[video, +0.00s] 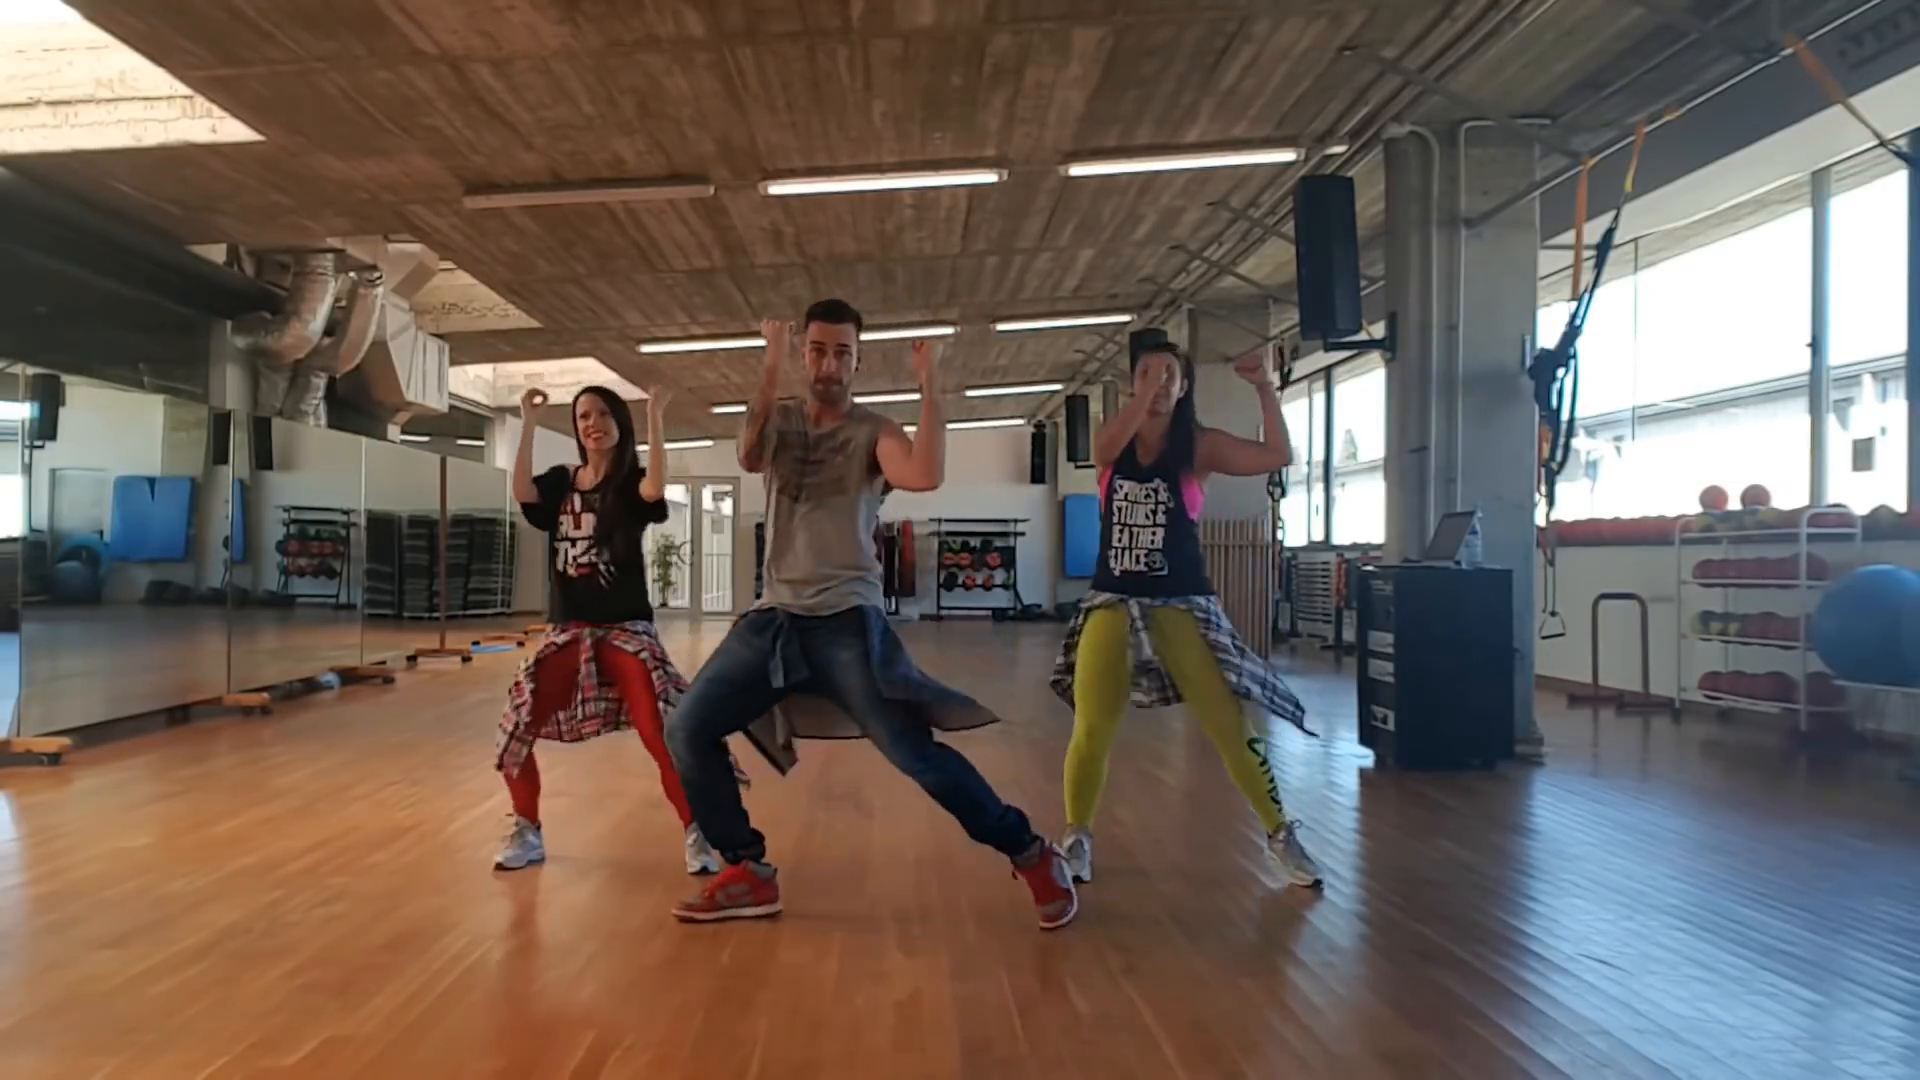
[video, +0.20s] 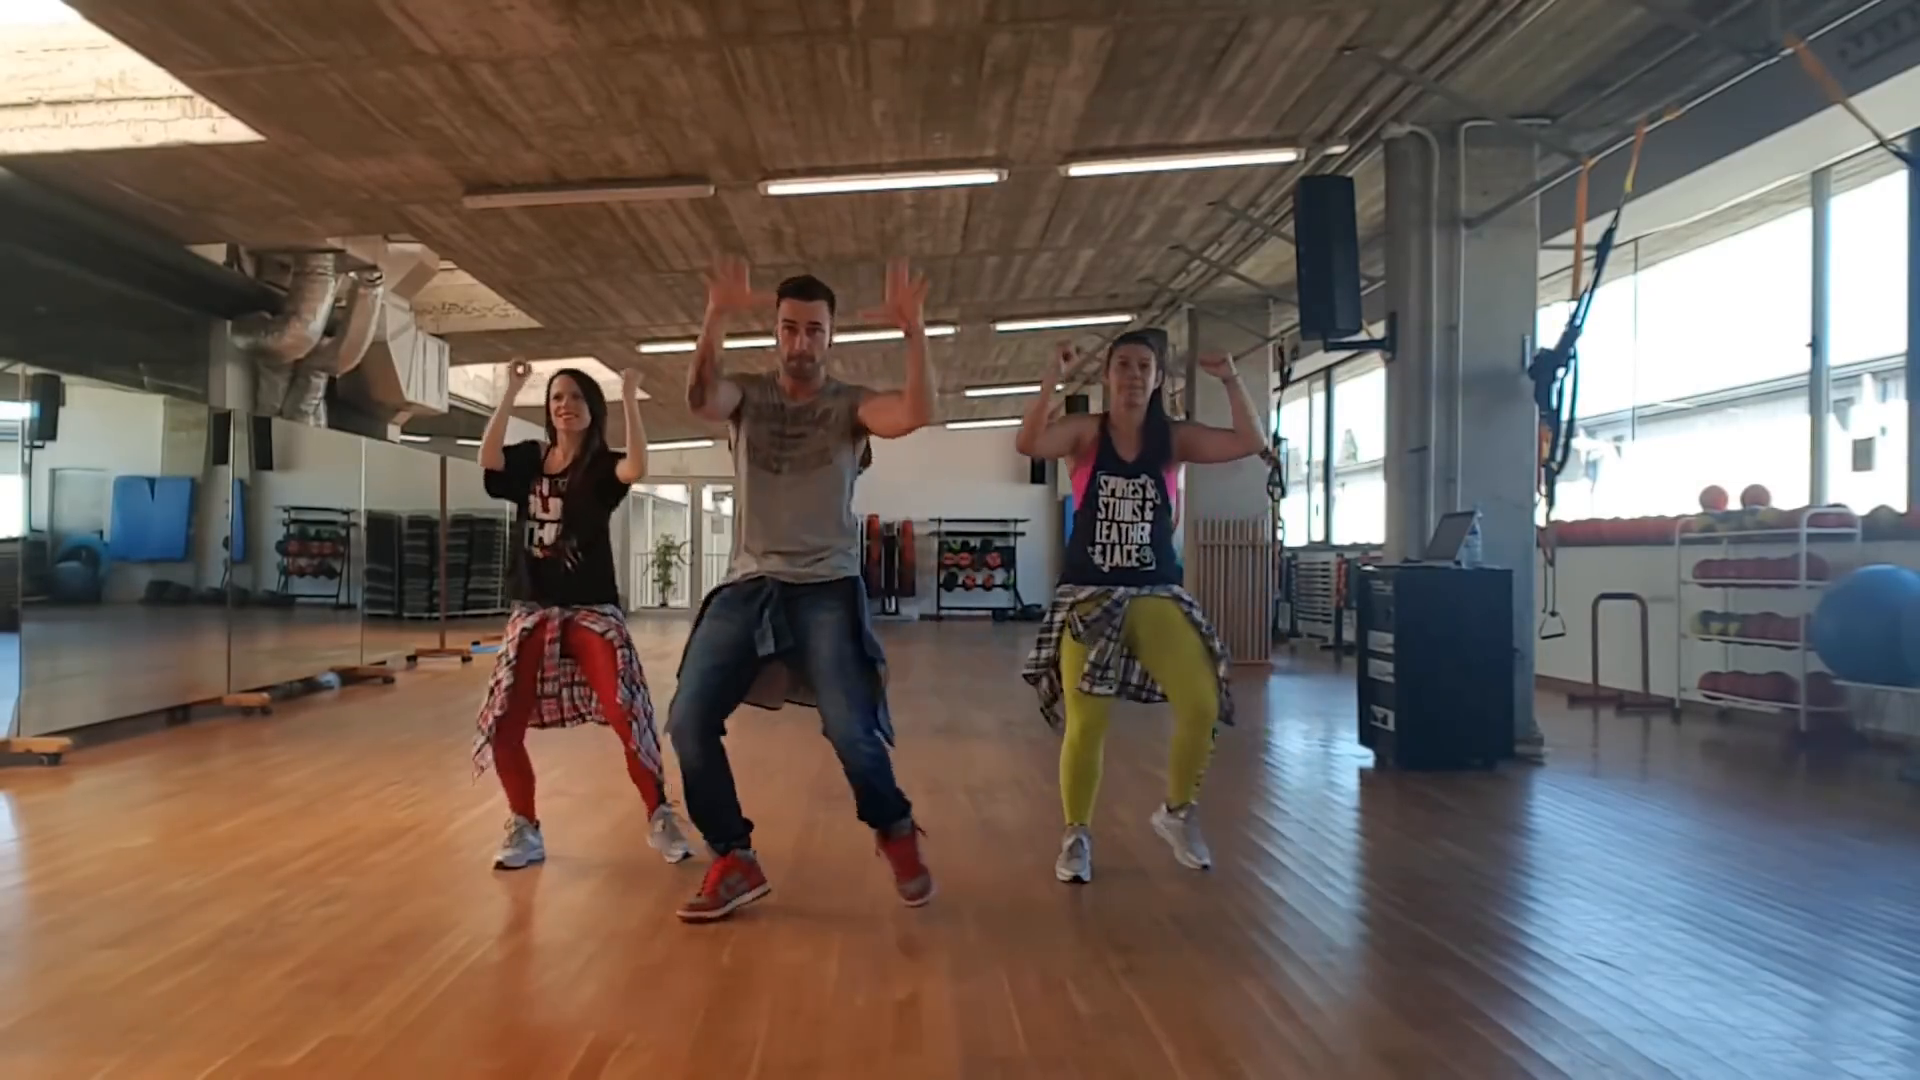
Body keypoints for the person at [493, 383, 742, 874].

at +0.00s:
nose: (592, 423)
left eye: (600, 415)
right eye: (584, 417)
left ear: (620, 423)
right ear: (574, 428)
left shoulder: (631, 481)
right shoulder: (563, 480)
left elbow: (654, 491)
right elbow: (521, 491)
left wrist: (653, 417)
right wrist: (529, 425)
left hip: (626, 628)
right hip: (569, 629)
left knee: (656, 729)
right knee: (516, 720)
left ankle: (696, 831)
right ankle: (527, 832)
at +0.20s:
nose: (565, 404)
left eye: (575, 397)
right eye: (558, 397)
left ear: (594, 409)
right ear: (547, 410)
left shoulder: (603, 463)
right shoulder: (532, 458)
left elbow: (636, 468)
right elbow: (489, 461)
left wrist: (630, 398)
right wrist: (509, 393)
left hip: (591, 606)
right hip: (532, 606)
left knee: (623, 708)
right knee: (503, 725)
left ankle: (661, 818)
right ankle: (525, 829)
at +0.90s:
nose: (607, 420)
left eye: (615, 412)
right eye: (597, 413)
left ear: (631, 422)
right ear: (585, 425)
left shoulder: (645, 479)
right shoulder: (569, 480)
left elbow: (666, 465)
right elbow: (525, 476)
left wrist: (647, 402)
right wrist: (544, 405)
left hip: (651, 626)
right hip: (595, 631)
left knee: (703, 722)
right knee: (559, 732)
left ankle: (681, 837)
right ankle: (490, 817)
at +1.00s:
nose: (623, 416)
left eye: (631, 409)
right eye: (613, 411)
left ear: (648, 420)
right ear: (604, 425)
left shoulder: (664, 473)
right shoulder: (591, 477)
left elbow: (688, 459)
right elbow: (546, 470)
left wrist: (662, 396)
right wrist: (563, 402)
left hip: (678, 618)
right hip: (621, 624)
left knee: (716, 725)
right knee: (591, 733)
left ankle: (682, 831)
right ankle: (515, 806)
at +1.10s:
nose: (633, 402)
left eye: (642, 395)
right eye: (624, 397)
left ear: (660, 407)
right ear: (615, 412)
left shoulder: (679, 460)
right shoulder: (603, 468)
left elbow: (705, 442)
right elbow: (547, 449)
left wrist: (677, 388)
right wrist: (567, 385)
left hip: (692, 607)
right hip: (634, 610)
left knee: (712, 721)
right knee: (611, 714)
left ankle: (683, 828)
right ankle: (593, 788)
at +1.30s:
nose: (651, 415)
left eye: (659, 407)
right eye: (642, 408)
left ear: (673, 416)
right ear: (631, 421)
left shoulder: (692, 470)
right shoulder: (616, 479)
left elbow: (699, 477)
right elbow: (570, 474)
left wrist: (679, 403)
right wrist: (580, 404)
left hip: (703, 609)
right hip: (647, 614)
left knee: (713, 712)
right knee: (664, 709)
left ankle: (711, 823)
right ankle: (669, 807)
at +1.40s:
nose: (648, 420)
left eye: (656, 412)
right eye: (639, 414)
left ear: (671, 422)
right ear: (629, 427)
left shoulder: (691, 473)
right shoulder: (619, 483)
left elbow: (694, 478)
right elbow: (571, 476)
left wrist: (677, 408)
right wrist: (586, 410)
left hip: (699, 614)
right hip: (644, 620)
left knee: (711, 721)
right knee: (653, 727)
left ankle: (711, 822)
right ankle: (680, 792)